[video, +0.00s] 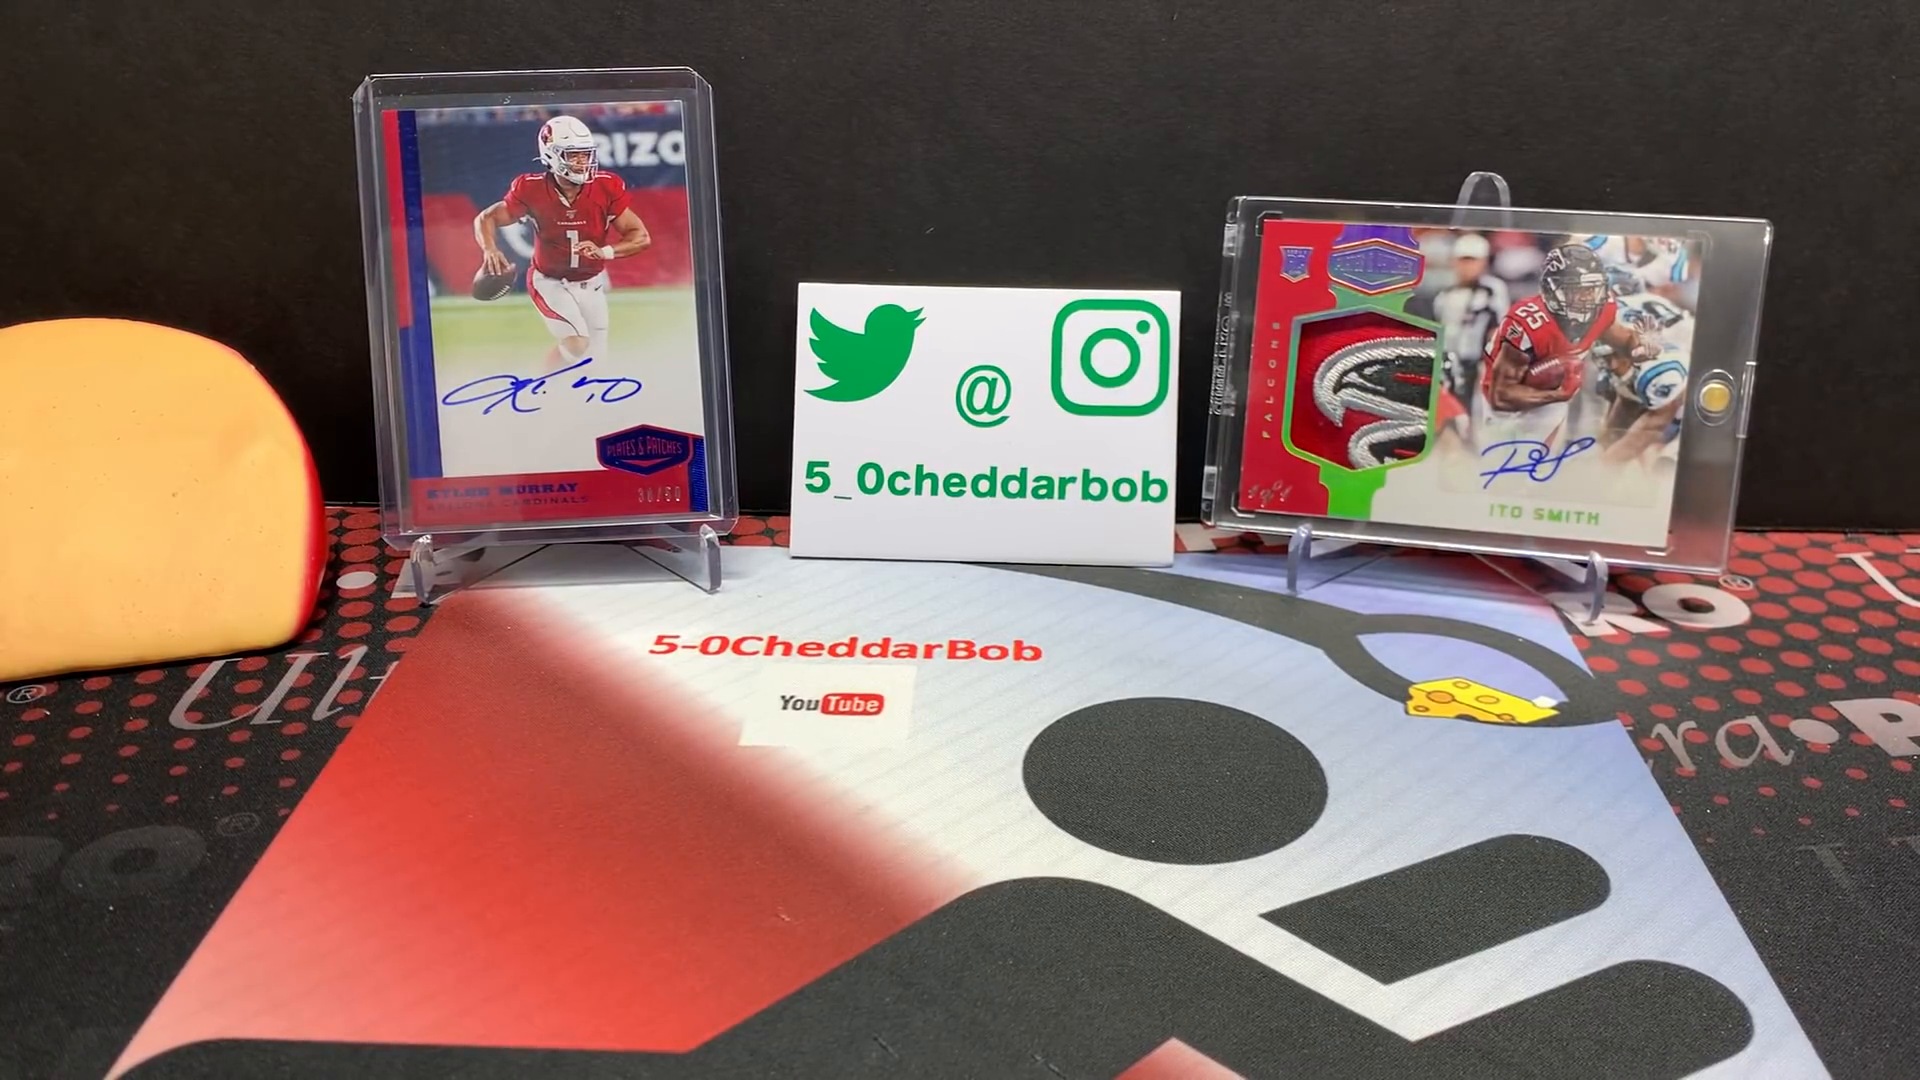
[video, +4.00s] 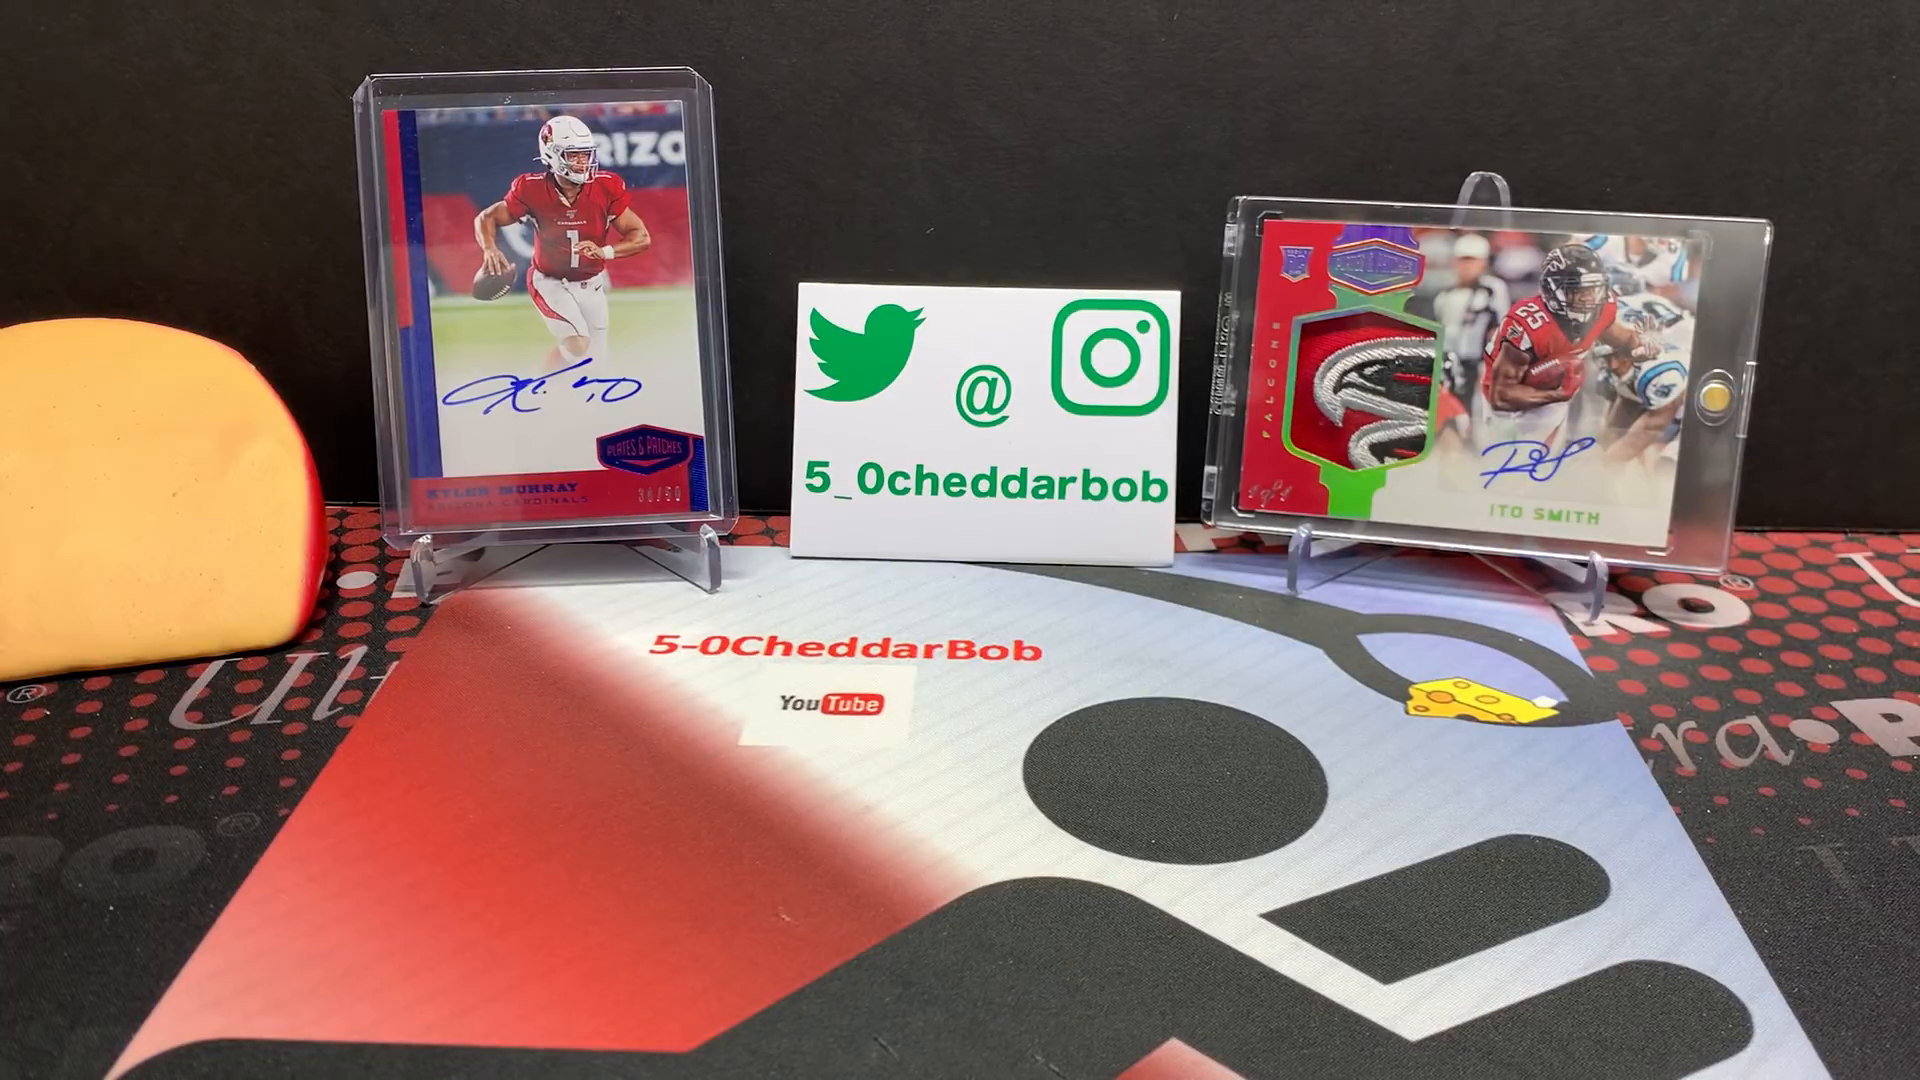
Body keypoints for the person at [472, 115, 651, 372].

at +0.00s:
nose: (580, 162)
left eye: (585, 155)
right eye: (572, 156)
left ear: (592, 154)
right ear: (551, 156)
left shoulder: (607, 187)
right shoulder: (529, 190)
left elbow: (641, 237)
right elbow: (484, 219)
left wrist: (605, 252)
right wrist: (490, 249)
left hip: (591, 282)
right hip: (548, 281)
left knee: (596, 362)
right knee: (577, 344)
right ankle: (533, 389)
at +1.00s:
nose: (580, 162)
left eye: (585, 155)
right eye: (572, 156)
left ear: (592, 154)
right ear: (552, 155)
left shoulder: (607, 187)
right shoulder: (530, 189)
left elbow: (641, 237)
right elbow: (484, 219)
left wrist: (606, 252)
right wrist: (490, 249)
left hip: (591, 283)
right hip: (549, 280)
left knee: (596, 363)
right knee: (576, 343)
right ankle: (534, 391)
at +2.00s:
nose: (581, 162)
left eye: (585, 155)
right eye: (572, 156)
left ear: (592, 154)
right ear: (552, 155)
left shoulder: (607, 187)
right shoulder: (530, 189)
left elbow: (641, 237)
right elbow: (484, 219)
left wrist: (605, 252)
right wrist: (490, 249)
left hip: (591, 282)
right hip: (548, 280)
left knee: (596, 361)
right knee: (576, 343)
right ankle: (533, 392)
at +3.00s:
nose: (581, 162)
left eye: (585, 155)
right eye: (573, 156)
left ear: (591, 154)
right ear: (552, 155)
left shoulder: (607, 186)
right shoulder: (530, 189)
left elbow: (641, 237)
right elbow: (484, 219)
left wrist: (605, 252)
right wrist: (490, 249)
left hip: (591, 283)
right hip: (549, 280)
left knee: (596, 361)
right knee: (576, 344)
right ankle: (534, 391)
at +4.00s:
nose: (580, 162)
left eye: (585, 155)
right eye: (573, 156)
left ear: (592, 154)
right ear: (552, 155)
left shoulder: (607, 187)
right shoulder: (530, 189)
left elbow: (641, 238)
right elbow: (485, 219)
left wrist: (605, 252)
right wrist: (489, 248)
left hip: (591, 283)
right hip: (549, 280)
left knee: (596, 362)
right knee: (577, 344)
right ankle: (533, 390)